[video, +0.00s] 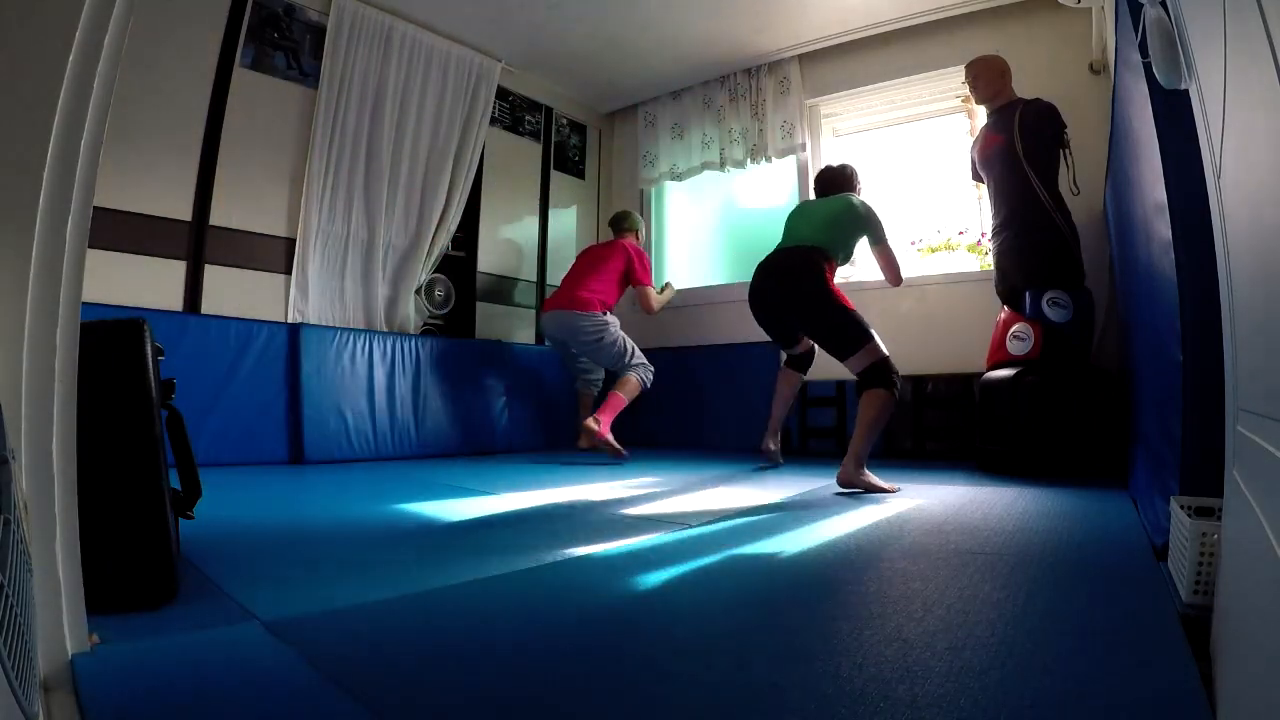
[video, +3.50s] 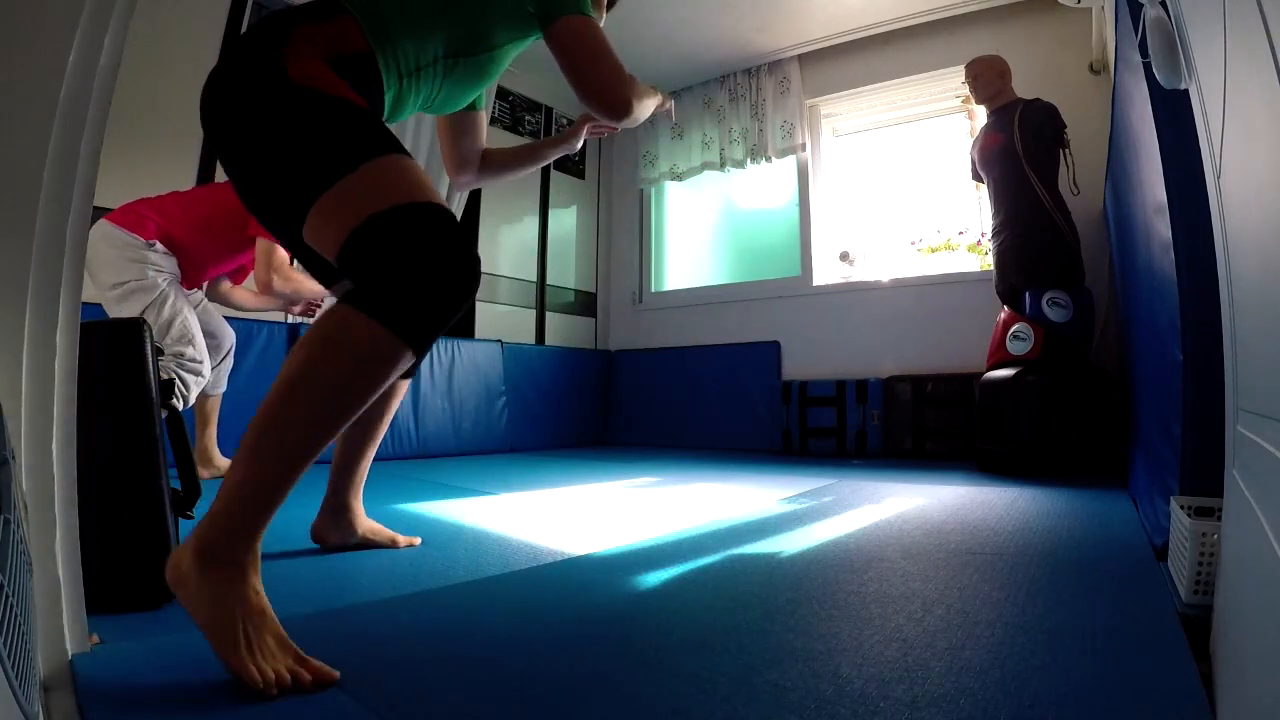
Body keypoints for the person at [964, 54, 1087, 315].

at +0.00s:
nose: (970, 85)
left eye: (975, 77)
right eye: (967, 81)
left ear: (1003, 76)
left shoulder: (1038, 112)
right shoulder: (980, 141)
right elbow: (978, 175)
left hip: (1050, 244)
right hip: (1008, 251)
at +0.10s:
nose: (970, 86)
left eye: (975, 77)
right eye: (968, 82)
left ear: (1003, 75)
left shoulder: (1037, 111)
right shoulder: (981, 140)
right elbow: (979, 176)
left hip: (1050, 243)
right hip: (1008, 250)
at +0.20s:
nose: (970, 86)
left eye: (975, 77)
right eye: (968, 82)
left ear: (1003, 75)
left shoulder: (1037, 112)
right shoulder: (980, 141)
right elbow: (979, 176)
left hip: (1050, 243)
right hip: (1008, 250)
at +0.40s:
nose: (970, 86)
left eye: (975, 78)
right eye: (968, 82)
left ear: (1003, 75)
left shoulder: (1037, 111)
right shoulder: (981, 140)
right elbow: (979, 176)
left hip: (1050, 243)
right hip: (1008, 250)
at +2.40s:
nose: (970, 87)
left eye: (975, 78)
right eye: (968, 82)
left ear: (1002, 75)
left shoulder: (1036, 111)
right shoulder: (983, 136)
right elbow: (977, 175)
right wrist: (974, 123)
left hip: (1048, 238)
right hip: (1008, 244)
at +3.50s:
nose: (971, 84)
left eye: (976, 76)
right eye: (968, 81)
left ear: (1004, 75)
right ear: (969, 90)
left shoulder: (1036, 111)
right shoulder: (980, 141)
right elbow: (979, 177)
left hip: (1050, 245)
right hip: (1008, 253)